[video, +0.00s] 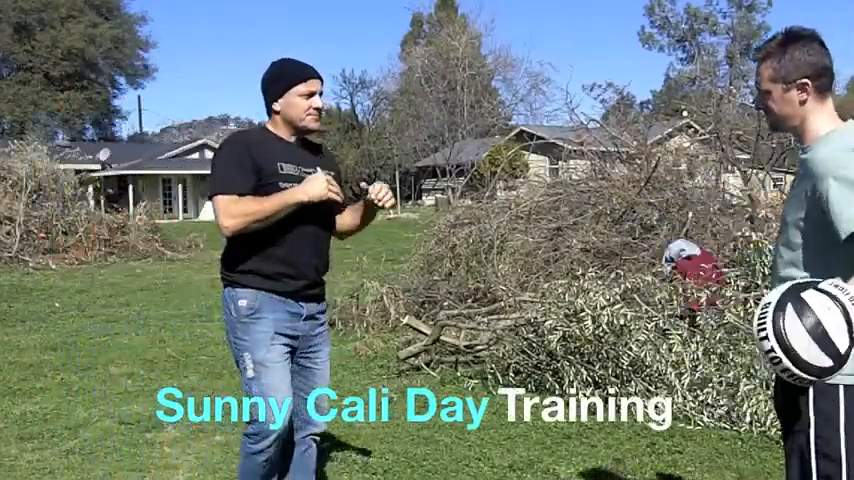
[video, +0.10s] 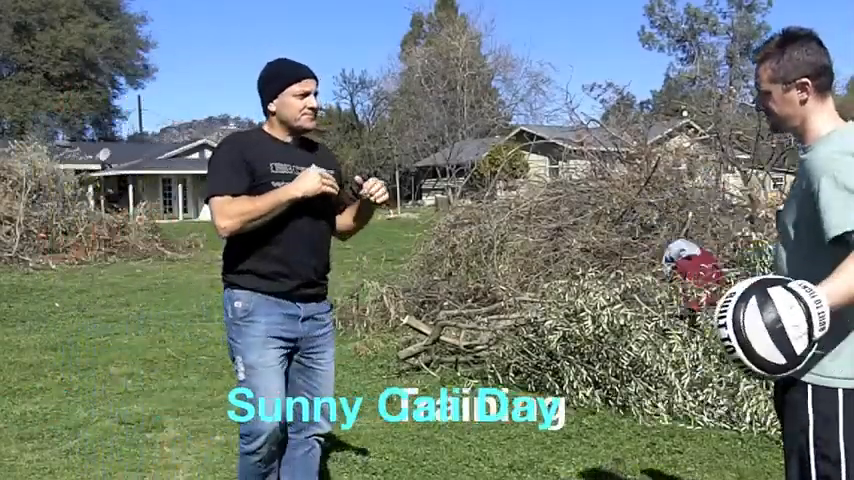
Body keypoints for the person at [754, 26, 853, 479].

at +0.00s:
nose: (758, 104)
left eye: (764, 92)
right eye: (759, 93)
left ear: (801, 90)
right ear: (803, 91)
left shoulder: (831, 163)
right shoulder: (821, 156)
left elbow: (851, 261)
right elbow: (827, 262)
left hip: (828, 378)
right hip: (815, 372)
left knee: (825, 472)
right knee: (815, 470)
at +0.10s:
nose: (758, 105)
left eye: (764, 92)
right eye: (759, 93)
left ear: (802, 90)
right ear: (804, 90)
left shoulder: (829, 160)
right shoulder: (825, 154)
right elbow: (826, 260)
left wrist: (793, 311)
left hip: (827, 377)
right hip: (819, 372)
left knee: (823, 472)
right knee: (817, 470)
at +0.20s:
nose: (760, 106)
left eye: (765, 93)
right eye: (760, 94)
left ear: (803, 90)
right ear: (805, 90)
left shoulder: (828, 160)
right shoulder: (833, 149)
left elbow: (853, 256)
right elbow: (830, 250)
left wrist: (778, 308)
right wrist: (786, 230)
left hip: (825, 376)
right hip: (822, 372)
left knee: (822, 472)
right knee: (819, 469)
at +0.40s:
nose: (765, 106)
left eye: (771, 94)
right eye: (764, 95)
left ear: (808, 91)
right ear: (811, 91)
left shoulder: (828, 161)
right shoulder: (834, 152)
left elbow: (820, 274)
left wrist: (720, 303)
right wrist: (773, 243)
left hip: (826, 376)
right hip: (829, 372)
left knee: (820, 471)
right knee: (818, 468)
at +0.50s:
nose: (767, 106)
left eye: (772, 93)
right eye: (767, 94)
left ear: (809, 88)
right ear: (813, 89)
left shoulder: (823, 160)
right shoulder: (843, 148)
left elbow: (799, 278)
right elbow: (827, 257)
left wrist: (696, 294)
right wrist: (753, 251)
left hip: (825, 377)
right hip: (839, 372)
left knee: (819, 470)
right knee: (826, 468)